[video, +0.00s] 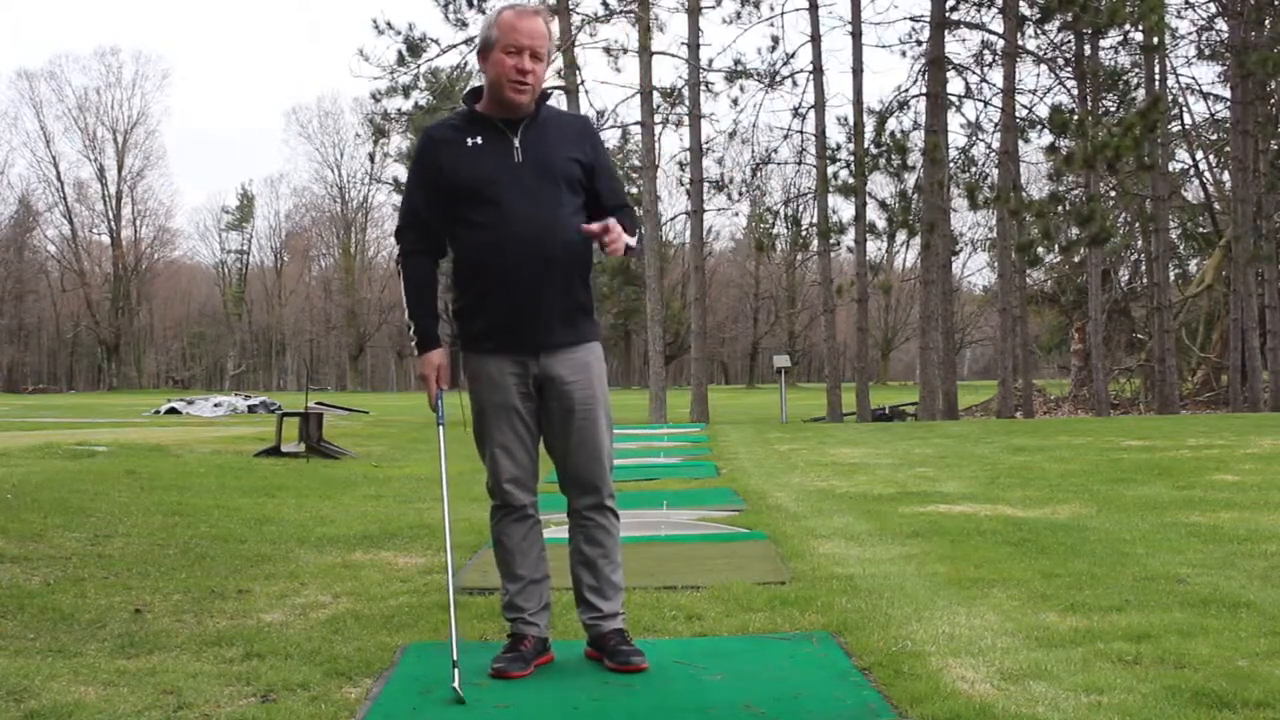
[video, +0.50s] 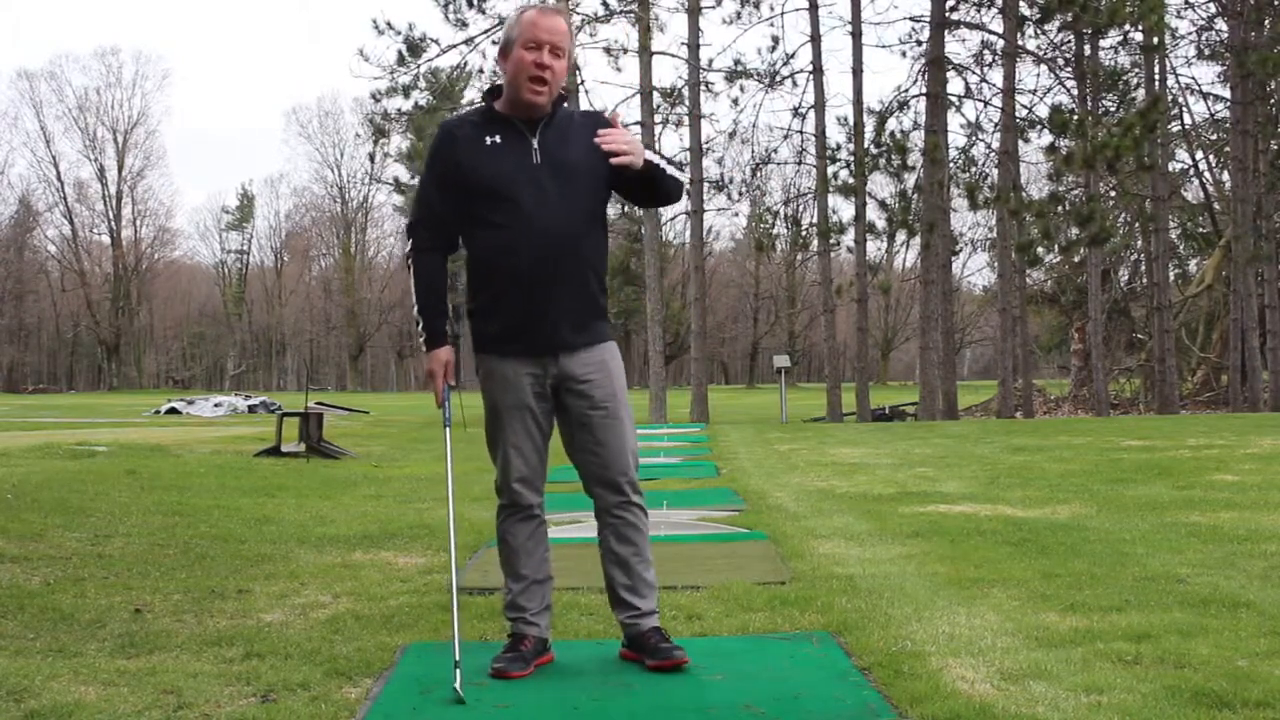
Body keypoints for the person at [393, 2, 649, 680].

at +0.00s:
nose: (526, 67)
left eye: (537, 56)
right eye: (513, 53)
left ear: (548, 64)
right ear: (484, 58)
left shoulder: (576, 133)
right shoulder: (442, 143)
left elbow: (621, 216)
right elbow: (417, 245)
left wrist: (619, 232)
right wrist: (428, 342)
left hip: (572, 338)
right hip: (488, 344)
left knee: (593, 492)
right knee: (511, 496)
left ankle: (607, 628)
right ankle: (528, 632)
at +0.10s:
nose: (530, 69)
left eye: (541, 58)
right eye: (518, 55)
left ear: (550, 66)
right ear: (486, 59)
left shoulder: (575, 133)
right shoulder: (442, 143)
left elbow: (628, 224)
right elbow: (418, 247)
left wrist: (615, 210)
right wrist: (429, 344)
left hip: (574, 339)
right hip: (490, 345)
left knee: (595, 492)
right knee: (512, 496)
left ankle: (608, 628)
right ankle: (528, 632)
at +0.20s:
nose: (535, 72)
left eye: (545, 60)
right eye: (523, 58)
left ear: (553, 66)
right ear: (488, 60)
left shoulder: (578, 132)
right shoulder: (442, 145)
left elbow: (639, 214)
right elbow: (419, 248)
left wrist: (617, 187)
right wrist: (429, 345)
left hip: (577, 338)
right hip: (493, 346)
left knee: (601, 490)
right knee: (514, 495)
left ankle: (609, 627)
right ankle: (528, 631)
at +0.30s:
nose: (537, 71)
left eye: (546, 60)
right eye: (524, 57)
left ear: (555, 66)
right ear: (489, 61)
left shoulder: (579, 130)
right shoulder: (444, 144)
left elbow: (648, 201)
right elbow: (419, 248)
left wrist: (620, 179)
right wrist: (429, 344)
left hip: (580, 337)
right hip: (497, 346)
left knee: (611, 485)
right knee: (515, 495)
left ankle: (616, 625)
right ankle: (528, 631)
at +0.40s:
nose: (538, 67)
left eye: (549, 56)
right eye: (525, 52)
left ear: (560, 65)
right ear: (494, 59)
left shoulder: (585, 129)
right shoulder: (451, 141)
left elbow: (655, 196)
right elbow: (423, 244)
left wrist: (628, 173)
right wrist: (432, 341)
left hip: (584, 338)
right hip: (500, 347)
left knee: (616, 485)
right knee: (517, 495)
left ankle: (630, 625)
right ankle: (527, 631)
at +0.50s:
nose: (543, 61)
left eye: (556, 52)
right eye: (531, 47)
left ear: (569, 66)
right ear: (503, 56)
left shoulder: (594, 130)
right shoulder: (460, 138)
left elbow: (664, 194)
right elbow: (428, 239)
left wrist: (642, 163)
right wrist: (437, 337)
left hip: (587, 338)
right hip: (505, 346)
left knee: (620, 486)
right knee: (519, 495)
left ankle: (642, 626)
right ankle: (527, 631)